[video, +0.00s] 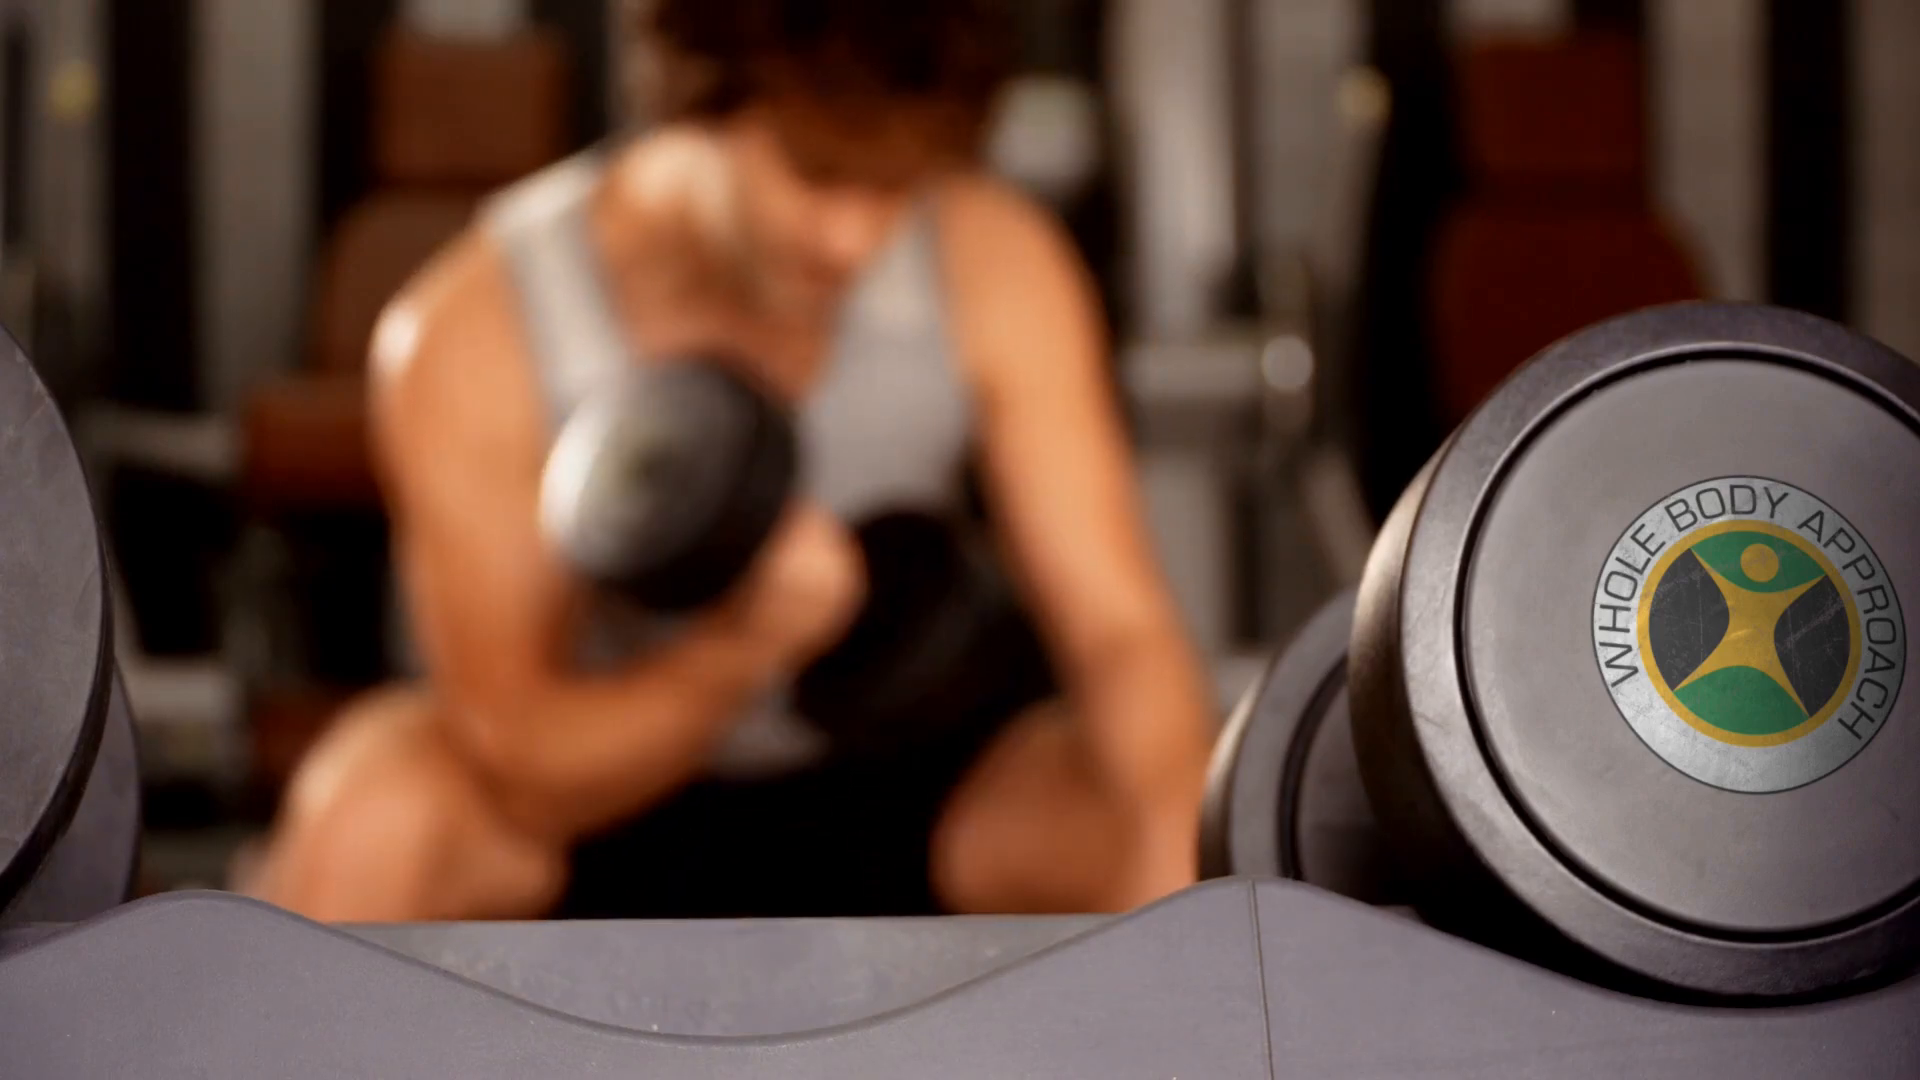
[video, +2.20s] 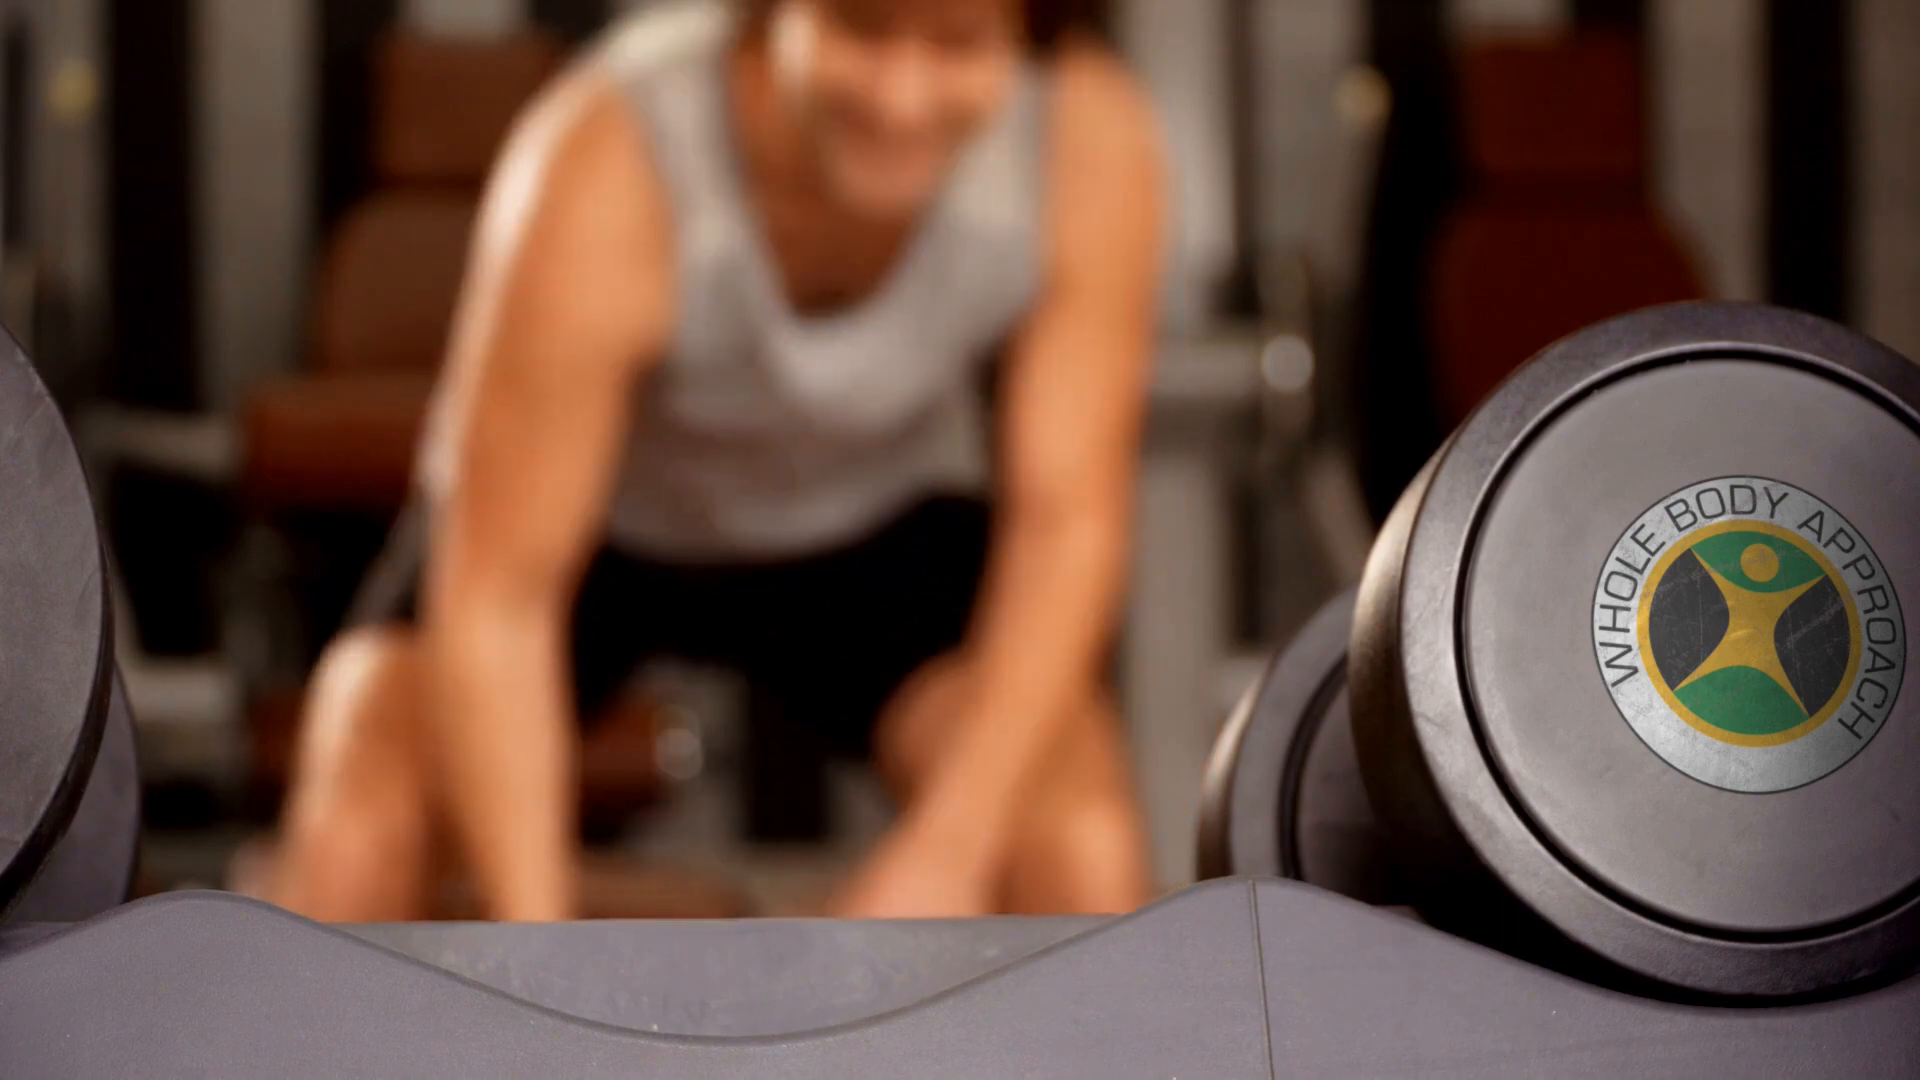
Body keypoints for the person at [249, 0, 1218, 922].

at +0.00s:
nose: (857, 234)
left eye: (902, 182)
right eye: (818, 173)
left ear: (948, 147)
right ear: (710, 105)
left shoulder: (992, 257)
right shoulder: (466, 331)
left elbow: (1120, 636)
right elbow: (530, 772)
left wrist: (1181, 880)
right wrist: (750, 646)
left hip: (890, 779)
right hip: (597, 805)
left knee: (1179, 816)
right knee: (373, 807)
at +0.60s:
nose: (872, 205)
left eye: (920, 157)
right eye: (838, 145)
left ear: (977, 121)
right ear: (740, 67)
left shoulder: (1017, 249)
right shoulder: (513, 316)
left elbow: (1123, 632)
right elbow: (528, 753)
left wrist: (1172, 864)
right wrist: (846, 749)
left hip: (888, 809)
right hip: (610, 818)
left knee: (1182, 790)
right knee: (371, 781)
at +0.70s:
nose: (874, 205)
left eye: (923, 159)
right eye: (842, 144)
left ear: (981, 128)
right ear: (748, 68)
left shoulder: (1029, 252)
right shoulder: (529, 325)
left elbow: (1123, 633)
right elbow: (516, 758)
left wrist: (1162, 863)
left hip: (909, 776)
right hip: (627, 784)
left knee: (1197, 787)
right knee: (358, 796)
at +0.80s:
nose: (875, 205)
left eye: (925, 161)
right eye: (842, 144)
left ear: (986, 132)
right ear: (753, 70)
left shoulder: (1035, 255)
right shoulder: (541, 325)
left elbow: (1122, 633)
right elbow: (517, 762)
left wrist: (1159, 859)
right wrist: (644, 965)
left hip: (904, 775)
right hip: (619, 784)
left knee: (1188, 809)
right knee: (357, 797)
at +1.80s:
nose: (898, 329)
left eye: (950, 282)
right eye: (861, 264)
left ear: (1015, 266)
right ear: (771, 205)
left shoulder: (1045, 282)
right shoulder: (583, 396)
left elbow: (1101, 655)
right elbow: (506, 830)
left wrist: (1004, 822)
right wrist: (519, 1077)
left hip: (894, 782)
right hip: (615, 794)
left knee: (1138, 828)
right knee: (342, 804)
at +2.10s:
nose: (919, 255)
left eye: (972, 208)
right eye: (876, 189)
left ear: (1043, 192)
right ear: (785, 144)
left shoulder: (1093, 249)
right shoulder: (615, 300)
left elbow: (1098, 641)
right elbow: (506, 739)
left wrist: (900, 927)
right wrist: (537, 1035)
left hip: (878, 672)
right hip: (579, 673)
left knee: (1119, 847)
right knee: (346, 810)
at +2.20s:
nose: (904, 92)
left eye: (959, 44)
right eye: (862, 33)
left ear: (1024, 47)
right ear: (775, 20)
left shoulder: (1091, 137)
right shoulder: (602, 157)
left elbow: (1069, 525)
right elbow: (494, 590)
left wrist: (943, 861)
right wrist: (540, 951)